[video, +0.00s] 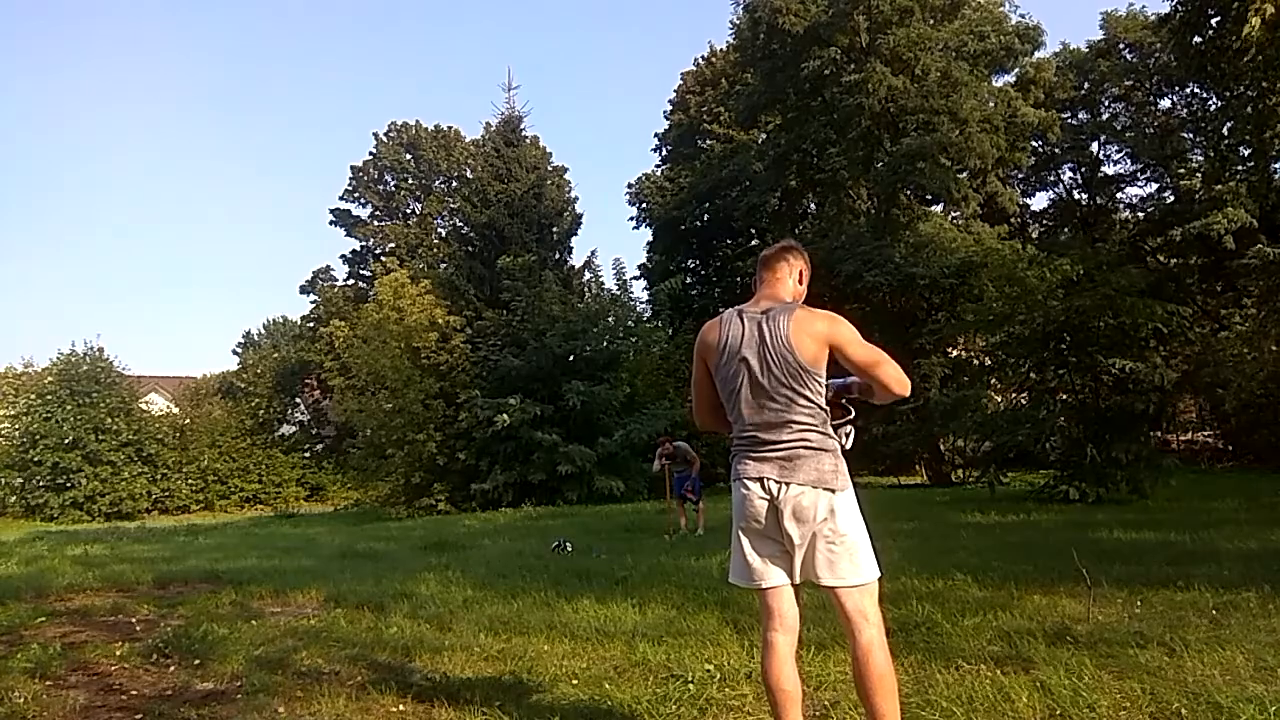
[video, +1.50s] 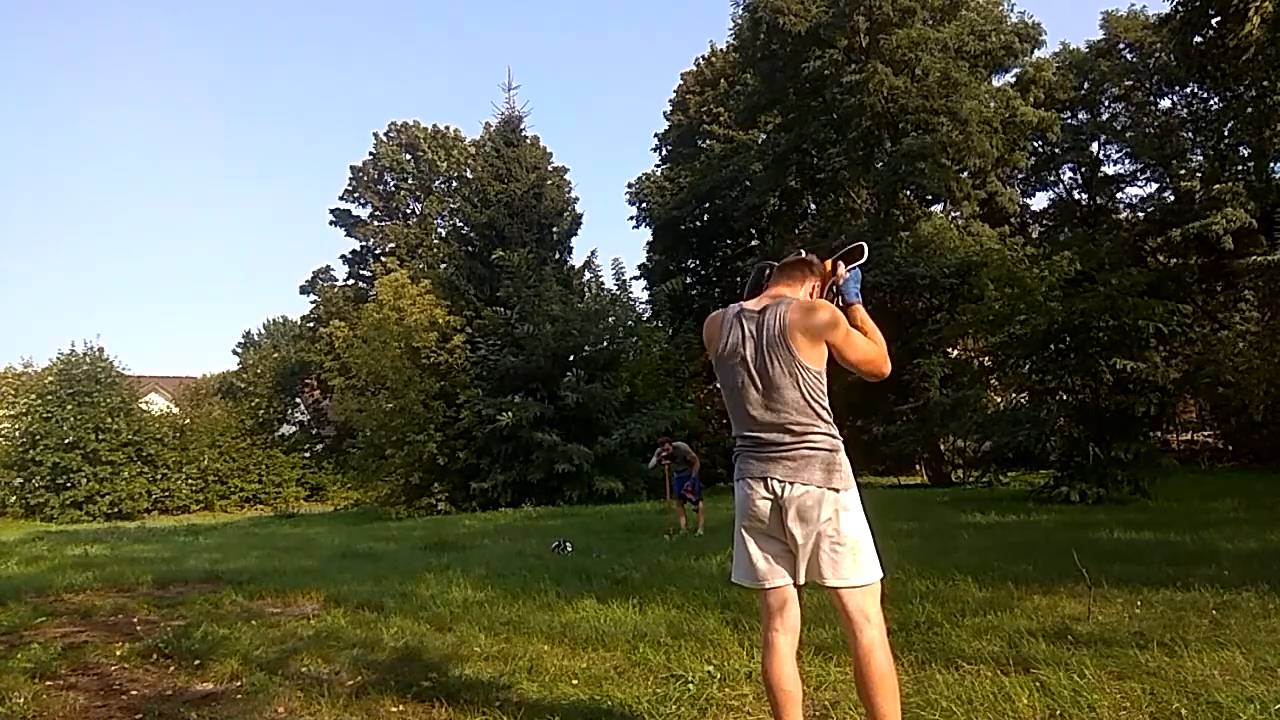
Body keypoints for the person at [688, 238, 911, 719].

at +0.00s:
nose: (806, 289)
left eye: (804, 282)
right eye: (806, 281)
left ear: (756, 279)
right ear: (799, 278)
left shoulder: (711, 333)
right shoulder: (820, 323)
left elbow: (706, 418)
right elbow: (897, 386)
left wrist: (764, 411)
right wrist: (853, 386)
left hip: (751, 491)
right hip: (820, 488)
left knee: (778, 626)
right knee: (865, 623)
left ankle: (789, 718)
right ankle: (887, 716)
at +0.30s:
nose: (807, 287)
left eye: (805, 281)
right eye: (807, 280)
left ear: (757, 279)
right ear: (799, 277)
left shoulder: (713, 333)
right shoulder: (821, 323)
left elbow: (706, 418)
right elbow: (867, 407)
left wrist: (762, 415)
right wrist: (875, 385)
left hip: (753, 488)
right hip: (823, 484)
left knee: (777, 629)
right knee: (865, 624)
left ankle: (789, 718)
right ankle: (887, 716)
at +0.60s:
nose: (813, 289)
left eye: (812, 283)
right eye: (814, 281)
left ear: (762, 278)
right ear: (804, 275)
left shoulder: (714, 336)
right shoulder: (822, 322)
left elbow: (708, 424)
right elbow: (854, 409)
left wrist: (760, 420)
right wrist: (862, 392)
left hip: (754, 489)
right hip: (823, 486)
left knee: (778, 630)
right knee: (866, 626)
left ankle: (790, 719)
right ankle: (887, 716)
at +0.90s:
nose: (814, 289)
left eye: (813, 284)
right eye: (815, 282)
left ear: (764, 275)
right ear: (806, 277)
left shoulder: (714, 336)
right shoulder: (819, 320)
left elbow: (711, 423)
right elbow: (852, 408)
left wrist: (761, 413)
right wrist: (852, 377)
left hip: (755, 490)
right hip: (824, 487)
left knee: (778, 630)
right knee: (867, 625)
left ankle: (789, 719)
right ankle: (887, 716)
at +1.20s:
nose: (815, 289)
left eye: (814, 283)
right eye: (816, 282)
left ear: (765, 274)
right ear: (808, 277)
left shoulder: (715, 333)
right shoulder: (819, 320)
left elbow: (718, 418)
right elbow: (857, 406)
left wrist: (765, 387)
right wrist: (858, 364)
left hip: (755, 488)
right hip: (823, 484)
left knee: (778, 630)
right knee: (867, 626)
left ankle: (790, 719)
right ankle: (887, 716)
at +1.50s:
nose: (820, 296)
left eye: (822, 290)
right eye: (823, 290)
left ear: (771, 277)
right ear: (815, 285)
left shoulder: (716, 325)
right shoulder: (816, 313)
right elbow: (880, 363)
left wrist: (758, 298)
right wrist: (852, 303)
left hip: (753, 487)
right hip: (822, 483)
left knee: (778, 624)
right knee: (865, 621)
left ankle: (789, 718)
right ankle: (887, 716)